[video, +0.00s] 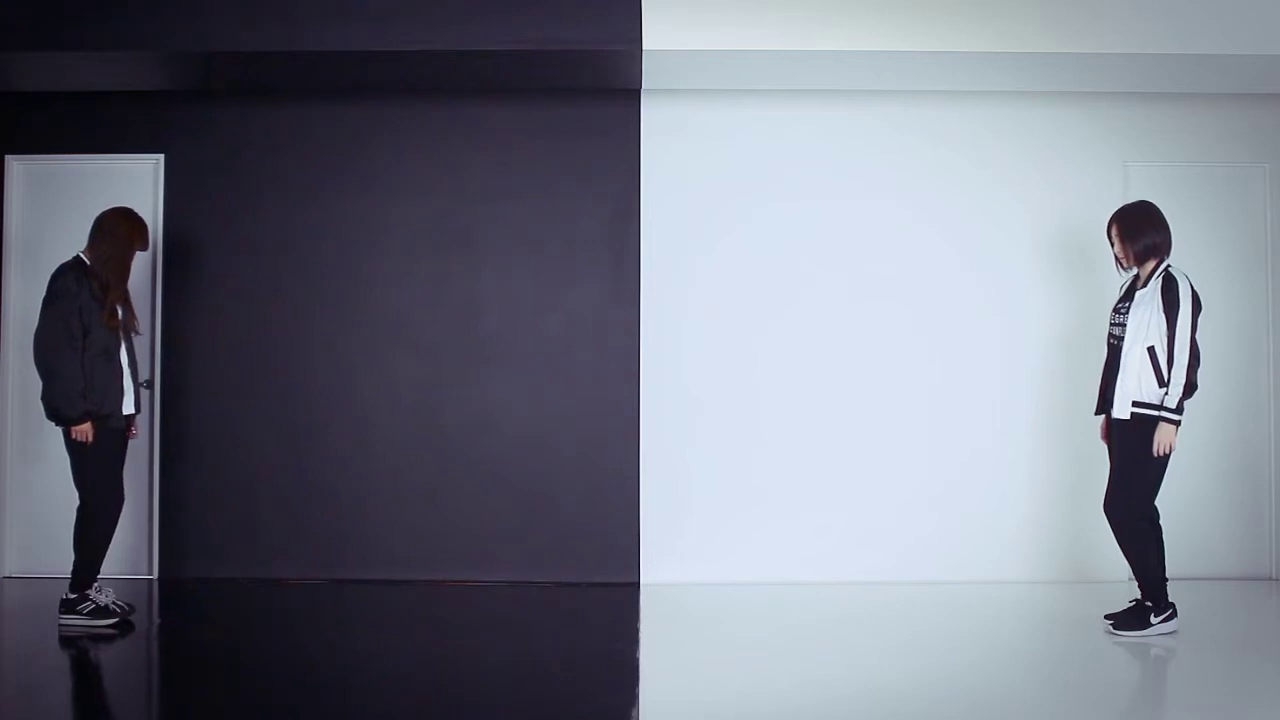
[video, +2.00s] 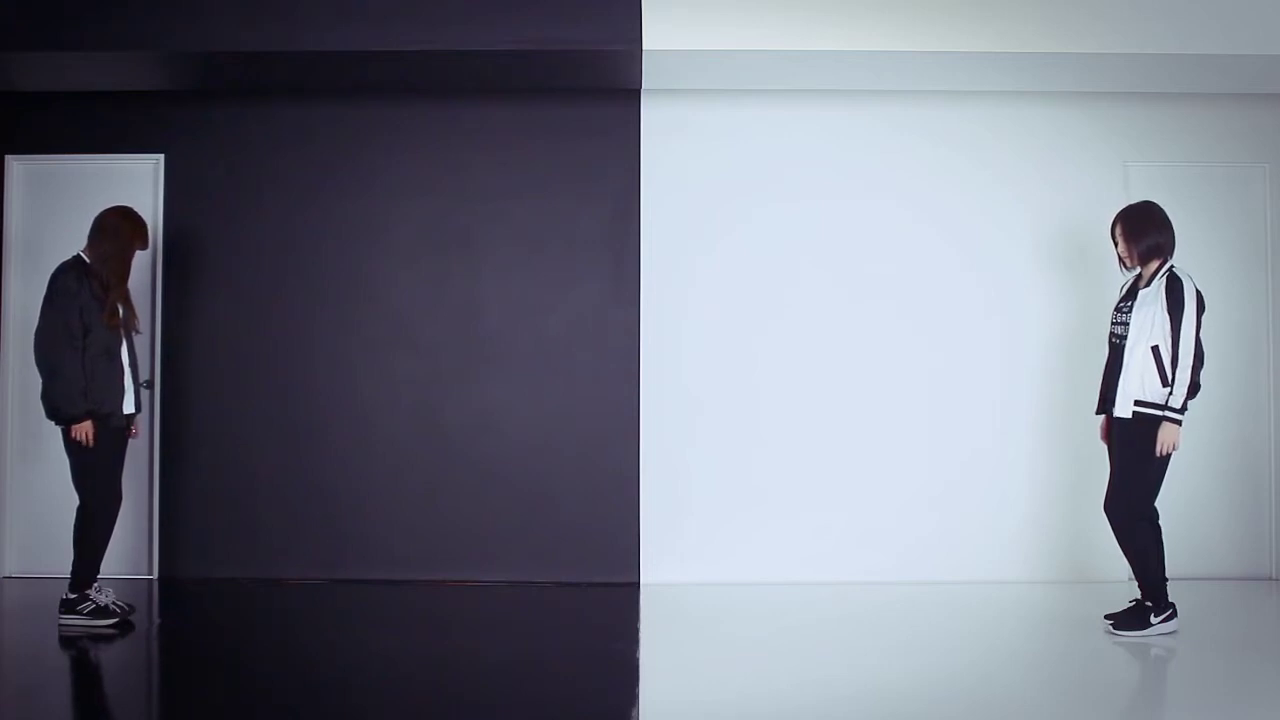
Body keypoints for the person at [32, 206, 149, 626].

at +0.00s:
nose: (132, 260)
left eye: (135, 252)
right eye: (131, 251)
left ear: (107, 241)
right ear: (114, 245)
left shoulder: (108, 284)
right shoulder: (71, 279)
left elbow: (117, 354)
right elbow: (55, 350)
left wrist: (129, 410)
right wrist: (75, 413)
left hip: (112, 416)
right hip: (87, 417)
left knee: (108, 499)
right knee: (100, 500)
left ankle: (86, 590)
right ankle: (78, 597)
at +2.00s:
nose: (132, 259)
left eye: (135, 251)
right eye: (130, 250)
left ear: (107, 240)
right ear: (114, 244)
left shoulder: (109, 283)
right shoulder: (70, 278)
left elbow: (119, 353)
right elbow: (55, 349)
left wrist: (130, 410)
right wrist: (75, 412)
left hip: (112, 416)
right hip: (87, 417)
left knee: (107, 501)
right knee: (97, 502)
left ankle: (86, 590)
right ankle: (77, 597)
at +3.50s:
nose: (233, 260)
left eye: (234, 251)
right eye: (229, 251)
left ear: (204, 248)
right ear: (210, 249)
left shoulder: (209, 290)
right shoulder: (179, 290)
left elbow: (213, 359)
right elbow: (166, 359)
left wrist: (225, 418)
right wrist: (180, 422)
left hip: (213, 421)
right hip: (192, 423)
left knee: (154, 503)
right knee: (226, 506)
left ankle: (100, 582)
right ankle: (251, 590)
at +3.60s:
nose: (253, 257)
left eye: (255, 249)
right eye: (249, 248)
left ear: (226, 247)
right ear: (229, 246)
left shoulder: (232, 288)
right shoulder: (199, 287)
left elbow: (238, 360)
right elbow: (194, 358)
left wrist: (251, 414)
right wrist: (209, 416)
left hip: (241, 420)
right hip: (220, 423)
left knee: (197, 501)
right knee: (239, 504)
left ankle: (131, 565)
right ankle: (253, 590)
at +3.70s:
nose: (273, 254)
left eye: (274, 245)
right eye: (269, 244)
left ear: (242, 240)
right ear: (252, 242)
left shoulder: (248, 284)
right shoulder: (223, 285)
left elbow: (258, 357)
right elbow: (220, 355)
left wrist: (273, 412)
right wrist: (235, 413)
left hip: (260, 416)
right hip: (241, 418)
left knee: (245, 501)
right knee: (248, 503)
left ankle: (181, 553)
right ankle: (253, 592)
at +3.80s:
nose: (291, 253)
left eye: (292, 245)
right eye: (288, 244)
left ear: (259, 238)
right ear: (272, 241)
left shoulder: (261, 281)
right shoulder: (240, 281)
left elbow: (271, 352)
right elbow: (240, 351)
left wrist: (289, 408)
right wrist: (256, 410)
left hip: (279, 413)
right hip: (257, 415)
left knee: (295, 491)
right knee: (258, 497)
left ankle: (233, 546)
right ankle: (256, 591)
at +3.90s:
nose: (308, 253)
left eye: (309, 245)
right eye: (305, 244)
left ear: (278, 239)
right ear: (287, 240)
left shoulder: (281, 281)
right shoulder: (256, 280)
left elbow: (289, 353)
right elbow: (252, 350)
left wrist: (305, 406)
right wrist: (271, 408)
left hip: (296, 413)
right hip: (267, 414)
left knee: (331, 474)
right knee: (260, 496)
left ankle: (296, 552)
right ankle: (254, 590)